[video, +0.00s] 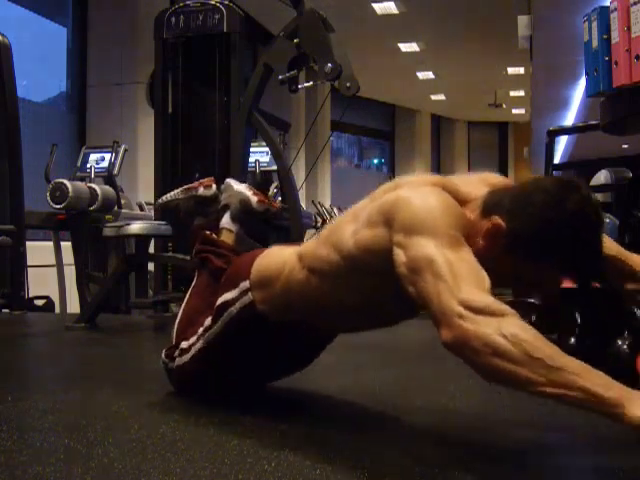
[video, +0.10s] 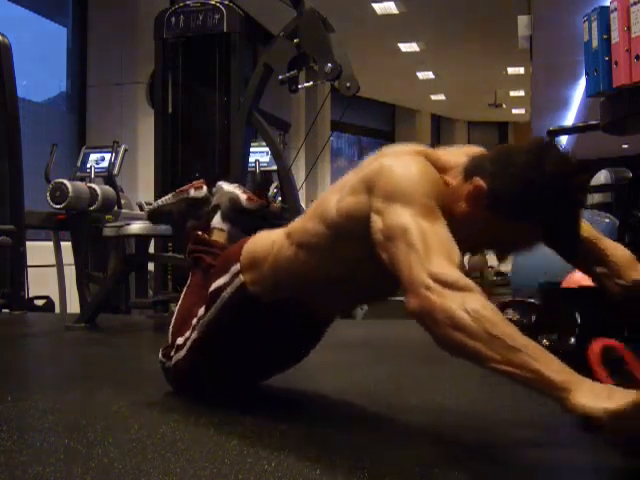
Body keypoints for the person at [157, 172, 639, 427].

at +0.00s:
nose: (515, 293)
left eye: (530, 288)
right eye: (522, 279)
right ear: (496, 237)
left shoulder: (501, 195)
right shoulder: (421, 213)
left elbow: (594, 247)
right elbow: (473, 326)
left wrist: (637, 273)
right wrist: (627, 402)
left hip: (312, 311)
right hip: (264, 307)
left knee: (230, 370)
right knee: (184, 369)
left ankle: (236, 262)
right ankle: (210, 267)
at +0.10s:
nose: (503, 255)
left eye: (516, 248)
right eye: (506, 243)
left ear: (474, 193)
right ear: (476, 200)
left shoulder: (486, 174)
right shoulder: (402, 177)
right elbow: (439, 300)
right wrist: (577, 388)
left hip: (305, 312)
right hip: (252, 297)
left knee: (230, 377)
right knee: (182, 369)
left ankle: (235, 252)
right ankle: (214, 251)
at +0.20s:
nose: (481, 211)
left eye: (495, 205)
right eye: (483, 199)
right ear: (456, 159)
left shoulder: (469, 158)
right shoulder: (382, 147)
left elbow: (555, 226)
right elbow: (405, 269)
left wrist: (618, 292)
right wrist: (520, 368)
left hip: (304, 299)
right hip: (246, 288)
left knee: (227, 378)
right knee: (183, 375)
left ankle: (220, 248)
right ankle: (193, 255)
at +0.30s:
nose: (461, 181)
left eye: (471, 172)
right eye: (459, 168)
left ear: (483, 150)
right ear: (430, 121)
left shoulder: (461, 140)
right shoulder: (362, 120)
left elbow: (530, 225)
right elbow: (373, 241)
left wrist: (583, 296)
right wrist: (470, 351)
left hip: (300, 288)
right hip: (242, 277)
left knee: (236, 379)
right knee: (184, 374)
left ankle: (220, 242)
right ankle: (194, 250)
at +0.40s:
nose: (459, 158)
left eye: (468, 145)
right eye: (454, 140)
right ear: (413, 101)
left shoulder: (444, 124)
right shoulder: (346, 105)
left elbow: (499, 214)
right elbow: (343, 225)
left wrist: (547, 313)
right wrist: (423, 340)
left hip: (296, 276)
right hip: (235, 263)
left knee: (229, 376)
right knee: (180, 377)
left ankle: (206, 238)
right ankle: (180, 250)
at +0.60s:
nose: (416, 128)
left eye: (429, 120)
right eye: (414, 114)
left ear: (444, 104)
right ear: (381, 74)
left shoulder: (432, 112)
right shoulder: (315, 88)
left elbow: (458, 215)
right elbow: (292, 206)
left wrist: (483, 317)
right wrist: (344, 329)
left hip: (283, 264)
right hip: (224, 248)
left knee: (227, 378)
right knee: (176, 375)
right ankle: (161, 252)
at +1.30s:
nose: (436, 173)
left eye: (449, 161)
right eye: (433, 155)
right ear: (400, 112)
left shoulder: (437, 131)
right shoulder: (332, 113)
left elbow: (494, 222)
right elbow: (332, 233)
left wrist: (548, 312)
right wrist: (417, 344)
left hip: (288, 270)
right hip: (227, 260)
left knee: (228, 377)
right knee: (177, 377)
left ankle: (197, 234)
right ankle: (167, 249)